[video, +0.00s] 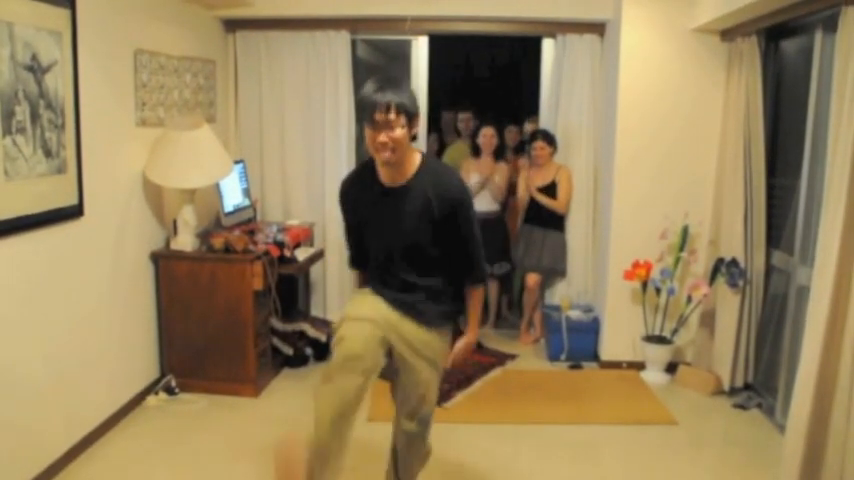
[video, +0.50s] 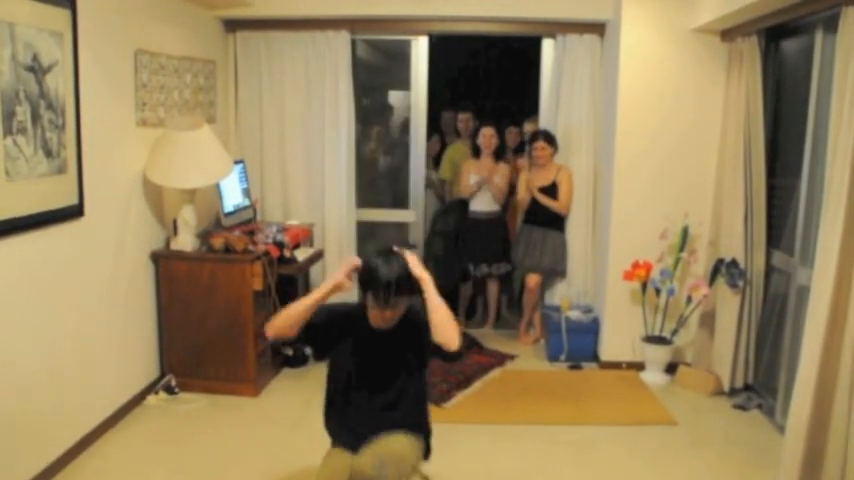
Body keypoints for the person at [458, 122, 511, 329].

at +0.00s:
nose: (487, 141)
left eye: (491, 136)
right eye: (483, 136)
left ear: (497, 141)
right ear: (477, 139)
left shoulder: (501, 166)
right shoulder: (468, 163)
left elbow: (500, 196)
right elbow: (463, 194)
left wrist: (489, 178)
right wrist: (482, 180)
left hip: (493, 218)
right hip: (472, 217)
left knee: (493, 273)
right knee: (472, 271)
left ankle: (491, 319)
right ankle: (471, 317)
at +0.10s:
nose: (488, 141)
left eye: (492, 137)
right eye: (484, 136)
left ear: (497, 141)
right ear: (477, 140)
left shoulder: (502, 168)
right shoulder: (468, 165)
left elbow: (502, 197)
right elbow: (461, 192)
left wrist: (493, 182)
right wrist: (474, 184)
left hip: (494, 217)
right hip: (472, 216)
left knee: (493, 271)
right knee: (471, 267)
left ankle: (491, 318)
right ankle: (469, 312)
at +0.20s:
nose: (488, 142)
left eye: (492, 137)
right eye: (484, 137)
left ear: (498, 142)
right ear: (477, 141)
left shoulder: (504, 167)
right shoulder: (469, 165)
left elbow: (504, 197)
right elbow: (461, 192)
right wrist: (463, 180)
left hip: (495, 215)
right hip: (474, 215)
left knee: (494, 267)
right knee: (473, 265)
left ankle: (493, 313)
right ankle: (472, 311)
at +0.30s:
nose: (488, 141)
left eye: (492, 137)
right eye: (484, 136)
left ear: (498, 141)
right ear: (477, 140)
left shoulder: (503, 167)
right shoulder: (467, 165)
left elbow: (502, 197)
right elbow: (463, 196)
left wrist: (506, 178)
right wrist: (464, 177)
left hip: (495, 216)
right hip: (472, 216)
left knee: (493, 274)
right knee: (470, 272)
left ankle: (492, 318)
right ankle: (470, 318)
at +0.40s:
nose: (488, 140)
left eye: (492, 136)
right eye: (484, 136)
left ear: (497, 140)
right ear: (477, 139)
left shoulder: (502, 165)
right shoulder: (469, 163)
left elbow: (502, 194)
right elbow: (464, 193)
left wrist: (498, 172)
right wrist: (471, 174)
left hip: (494, 213)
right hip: (473, 212)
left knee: (492, 264)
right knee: (468, 262)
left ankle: (492, 310)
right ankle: (464, 310)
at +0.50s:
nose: (487, 141)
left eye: (491, 137)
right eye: (484, 136)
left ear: (497, 141)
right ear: (477, 140)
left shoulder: (503, 167)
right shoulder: (469, 164)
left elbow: (501, 197)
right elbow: (463, 194)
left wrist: (490, 179)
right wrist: (481, 181)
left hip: (493, 217)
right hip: (471, 217)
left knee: (492, 273)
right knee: (467, 272)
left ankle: (491, 319)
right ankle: (461, 316)